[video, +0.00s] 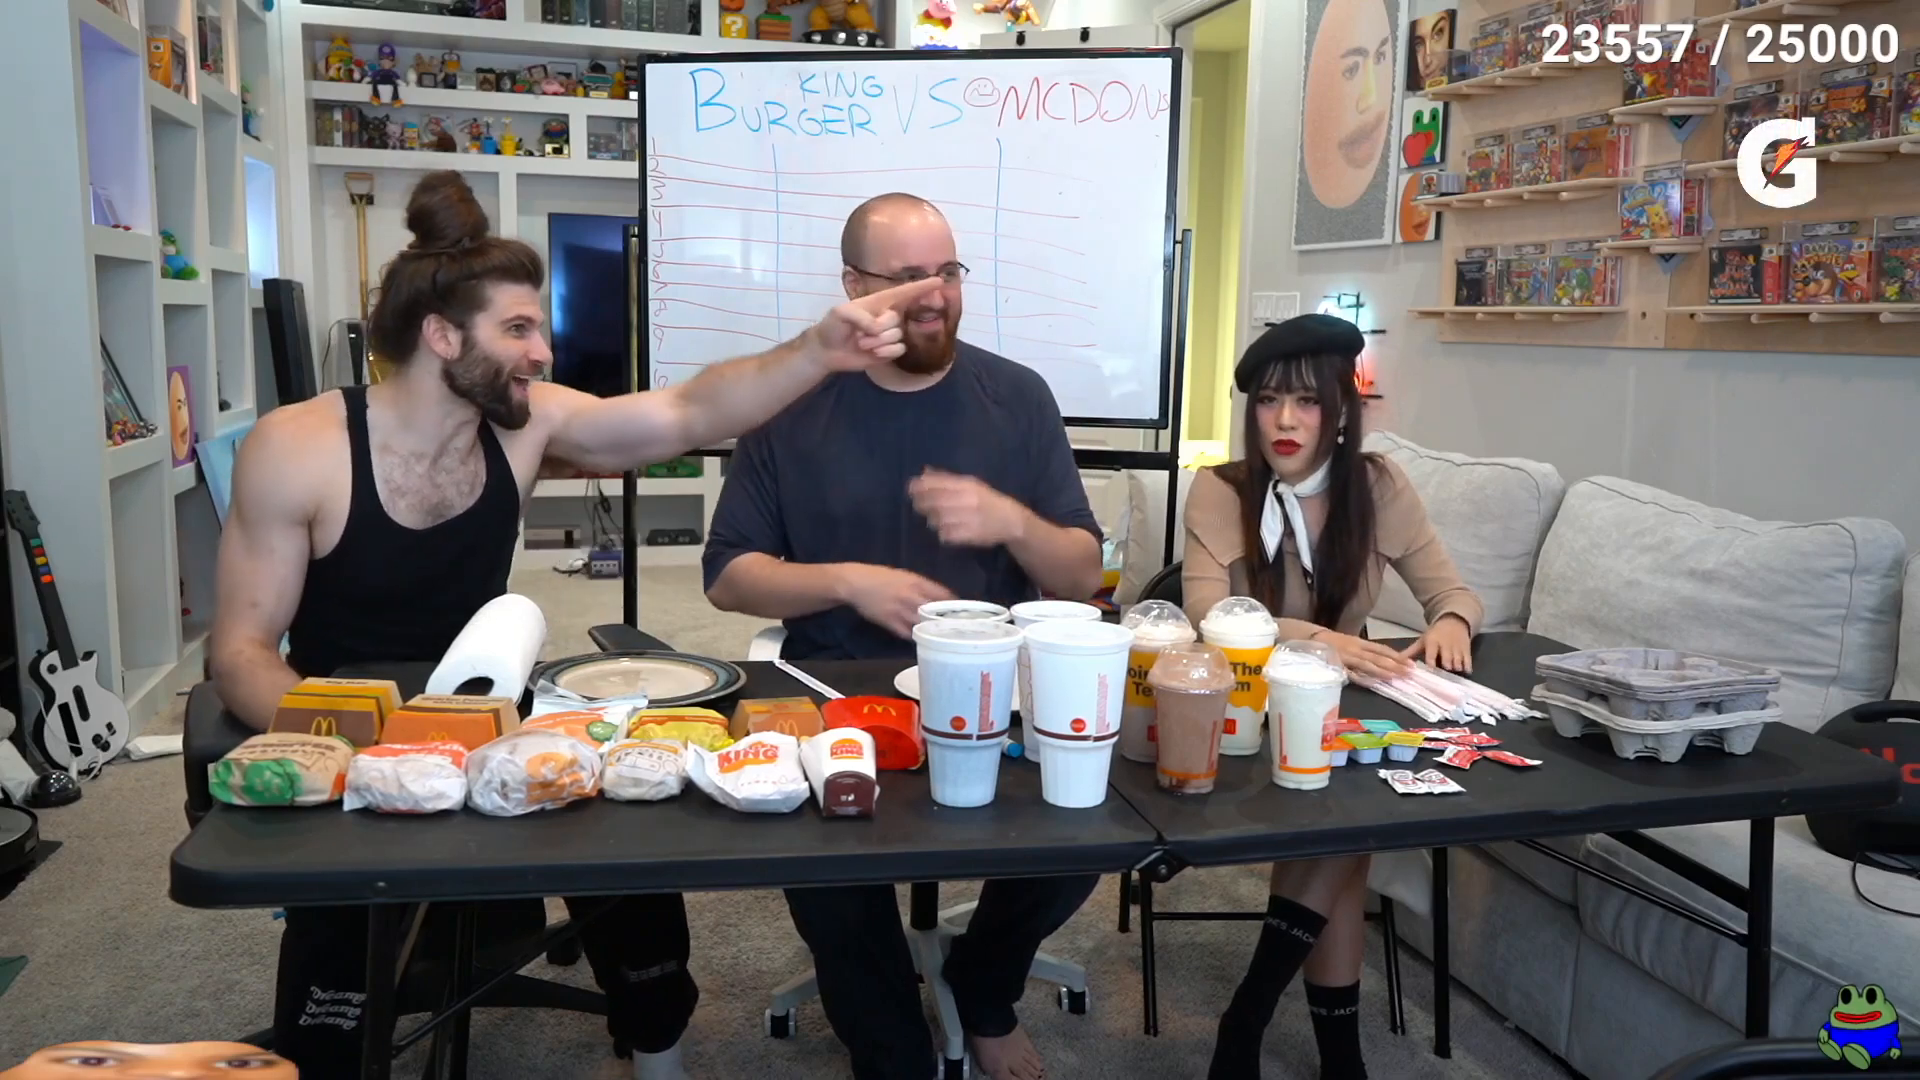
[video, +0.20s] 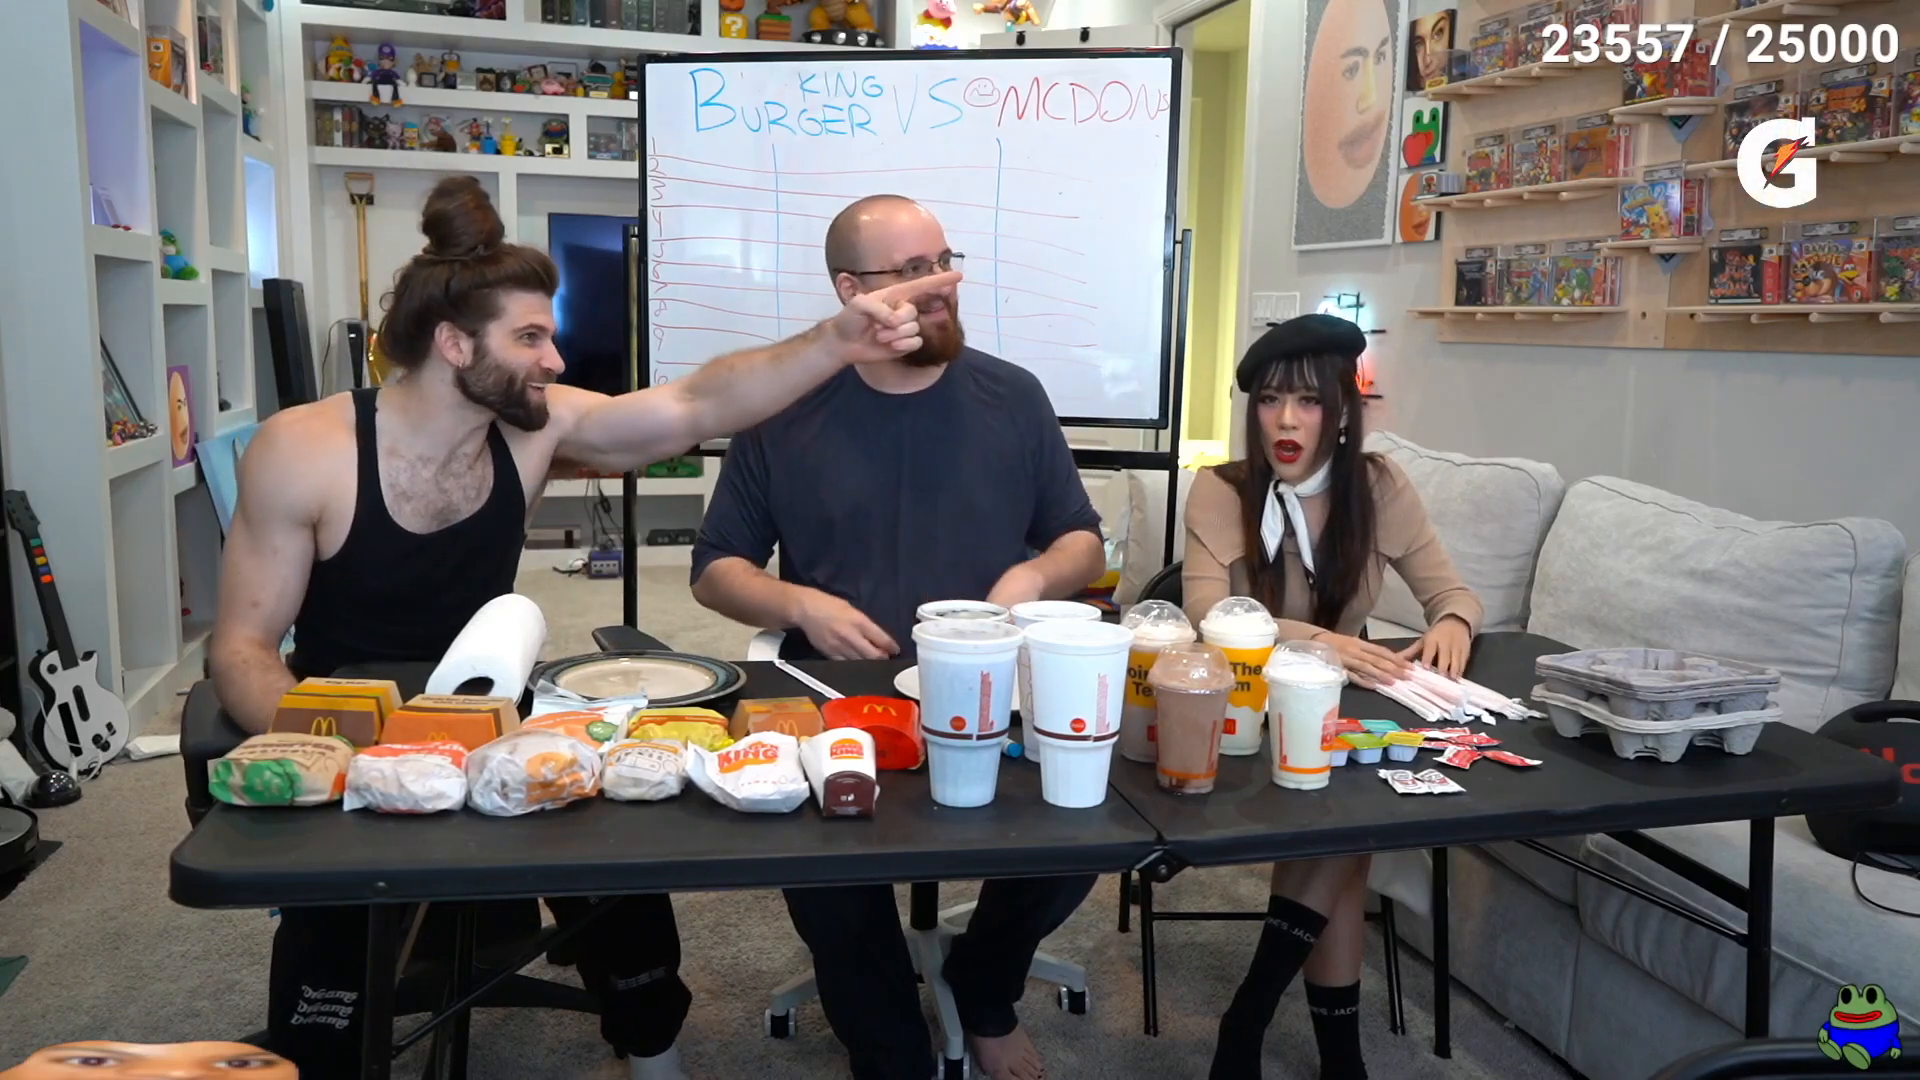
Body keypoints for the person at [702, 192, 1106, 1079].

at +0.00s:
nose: (935, 294)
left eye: (947, 272)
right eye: (908, 277)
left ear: (964, 276)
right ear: (853, 289)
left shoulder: (1015, 395)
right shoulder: (790, 408)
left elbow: (1083, 575)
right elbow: (727, 575)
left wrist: (1014, 522)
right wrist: (848, 580)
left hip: (998, 681)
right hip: (839, 688)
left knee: (1077, 834)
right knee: (823, 857)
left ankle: (980, 988)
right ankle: (899, 1061)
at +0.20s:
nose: (940, 284)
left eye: (944, 262)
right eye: (909, 271)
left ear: (958, 265)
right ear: (849, 293)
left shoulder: (1011, 396)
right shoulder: (785, 415)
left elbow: (1083, 542)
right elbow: (714, 568)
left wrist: (1033, 577)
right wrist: (801, 605)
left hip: (996, 696)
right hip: (841, 700)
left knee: (1075, 834)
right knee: (820, 862)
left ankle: (979, 989)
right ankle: (897, 1062)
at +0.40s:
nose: (922, 284)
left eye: (925, 261)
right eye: (890, 271)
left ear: (941, 267)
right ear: (834, 295)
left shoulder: (1003, 394)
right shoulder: (775, 425)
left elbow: (1081, 528)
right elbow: (725, 580)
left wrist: (1017, 580)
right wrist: (808, 619)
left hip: (992, 696)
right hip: (838, 701)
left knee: (1074, 831)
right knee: (823, 861)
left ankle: (981, 990)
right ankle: (897, 1062)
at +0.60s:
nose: (900, 284)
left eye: (904, 259)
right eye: (869, 270)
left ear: (923, 267)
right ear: (817, 299)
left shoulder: (991, 393)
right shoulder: (767, 428)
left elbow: (1093, 524)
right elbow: (713, 588)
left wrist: (1011, 603)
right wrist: (814, 622)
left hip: (985, 694)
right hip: (835, 704)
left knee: (1073, 831)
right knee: (828, 866)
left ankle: (982, 994)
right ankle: (895, 1062)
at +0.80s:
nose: (890, 277)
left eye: (889, 256)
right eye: (858, 267)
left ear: (901, 262)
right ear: (803, 301)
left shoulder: (973, 386)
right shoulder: (758, 428)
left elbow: (1091, 513)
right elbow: (705, 593)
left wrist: (1017, 521)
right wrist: (817, 623)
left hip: (983, 688)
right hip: (833, 700)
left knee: (1077, 825)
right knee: (826, 862)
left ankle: (981, 991)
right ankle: (895, 1062)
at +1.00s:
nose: (873, 282)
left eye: (872, 261)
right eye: (843, 273)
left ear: (884, 267)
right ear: (786, 306)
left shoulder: (958, 380)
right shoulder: (741, 432)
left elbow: (1092, 464)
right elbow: (698, 602)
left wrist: (1078, 367)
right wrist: (805, 623)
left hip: (982, 689)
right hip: (833, 702)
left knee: (1071, 826)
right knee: (820, 861)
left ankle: (982, 991)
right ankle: (895, 1062)